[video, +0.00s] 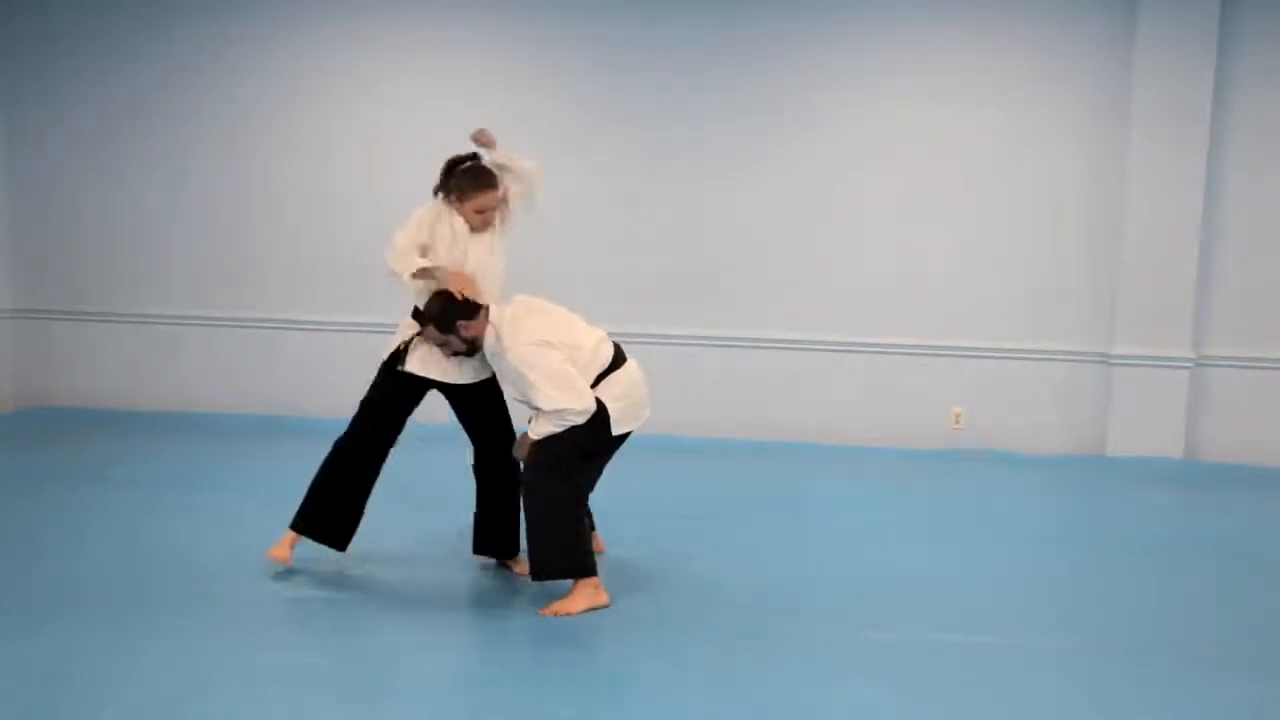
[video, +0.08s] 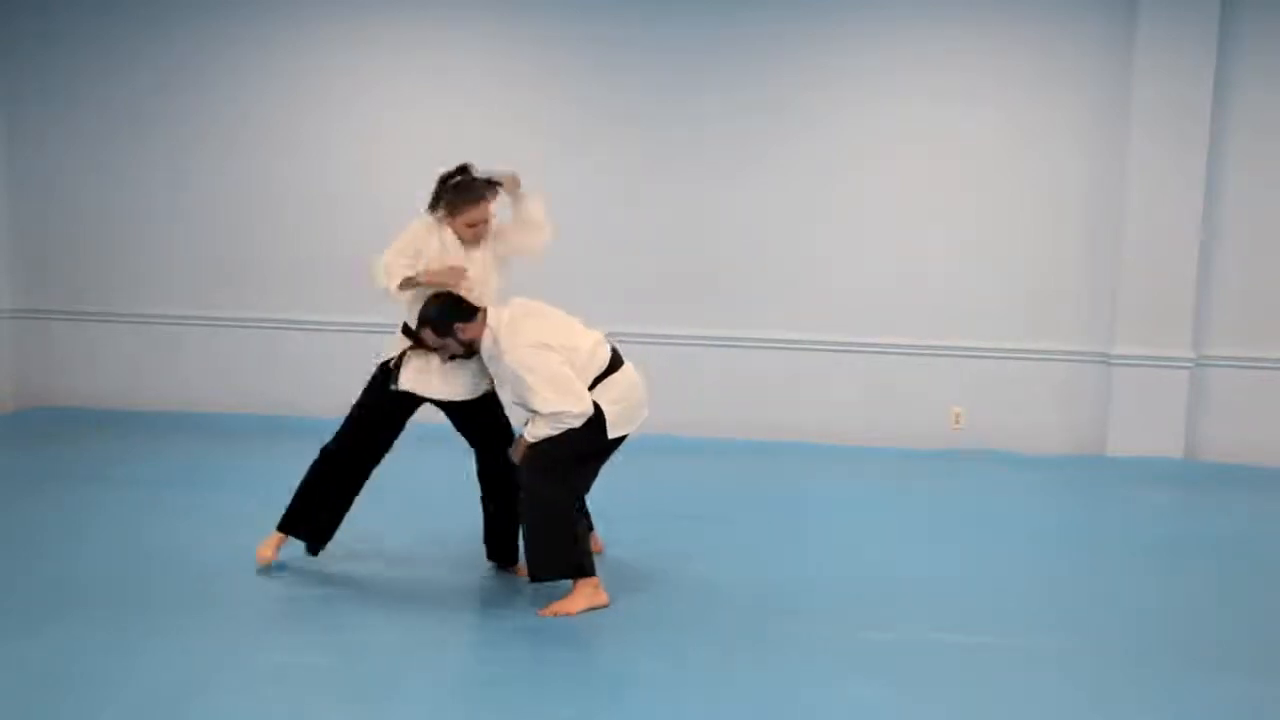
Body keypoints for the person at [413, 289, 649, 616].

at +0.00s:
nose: (446, 352)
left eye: (445, 343)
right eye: (439, 345)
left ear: (464, 327)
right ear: (469, 315)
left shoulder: (514, 345)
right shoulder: (506, 318)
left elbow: (576, 406)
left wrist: (532, 437)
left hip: (612, 398)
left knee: (546, 473)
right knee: (550, 459)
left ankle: (588, 586)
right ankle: (583, 535)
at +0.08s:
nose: (446, 356)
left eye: (444, 346)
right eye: (439, 349)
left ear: (460, 330)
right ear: (466, 316)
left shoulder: (514, 347)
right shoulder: (502, 322)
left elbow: (573, 409)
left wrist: (527, 440)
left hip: (610, 401)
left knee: (543, 472)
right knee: (545, 460)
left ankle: (587, 585)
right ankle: (582, 536)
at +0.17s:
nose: (446, 352)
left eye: (442, 345)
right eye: (440, 346)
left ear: (454, 335)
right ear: (465, 317)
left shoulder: (509, 350)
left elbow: (569, 412)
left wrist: (522, 442)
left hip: (605, 400)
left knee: (538, 475)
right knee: (542, 466)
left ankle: (585, 586)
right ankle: (579, 538)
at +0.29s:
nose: (420, 389)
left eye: (416, 380)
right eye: (416, 384)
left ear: (439, 364)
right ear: (441, 361)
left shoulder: (495, 364)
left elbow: (558, 422)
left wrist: (509, 449)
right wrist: (503, 443)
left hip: (608, 366)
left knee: (582, 473)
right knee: (558, 469)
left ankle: (605, 579)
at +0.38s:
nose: (425, 411)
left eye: (419, 403)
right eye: (418, 405)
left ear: (432, 390)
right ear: (436, 379)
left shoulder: (490, 385)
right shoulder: (471, 373)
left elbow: (532, 460)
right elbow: (503, 440)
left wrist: (481, 485)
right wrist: (470, 476)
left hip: (607, 366)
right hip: (583, 364)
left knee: (595, 475)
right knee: (576, 461)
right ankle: (606, 507)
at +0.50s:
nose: (399, 469)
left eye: (396, 459)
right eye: (394, 461)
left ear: (417, 446)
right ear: (419, 435)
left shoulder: (473, 447)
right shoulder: (456, 435)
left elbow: (477, 527)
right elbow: (455, 511)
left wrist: (428, 574)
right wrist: (424, 563)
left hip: (608, 418)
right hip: (602, 405)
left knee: (677, 512)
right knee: (682, 499)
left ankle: (776, 557)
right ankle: (769, 549)